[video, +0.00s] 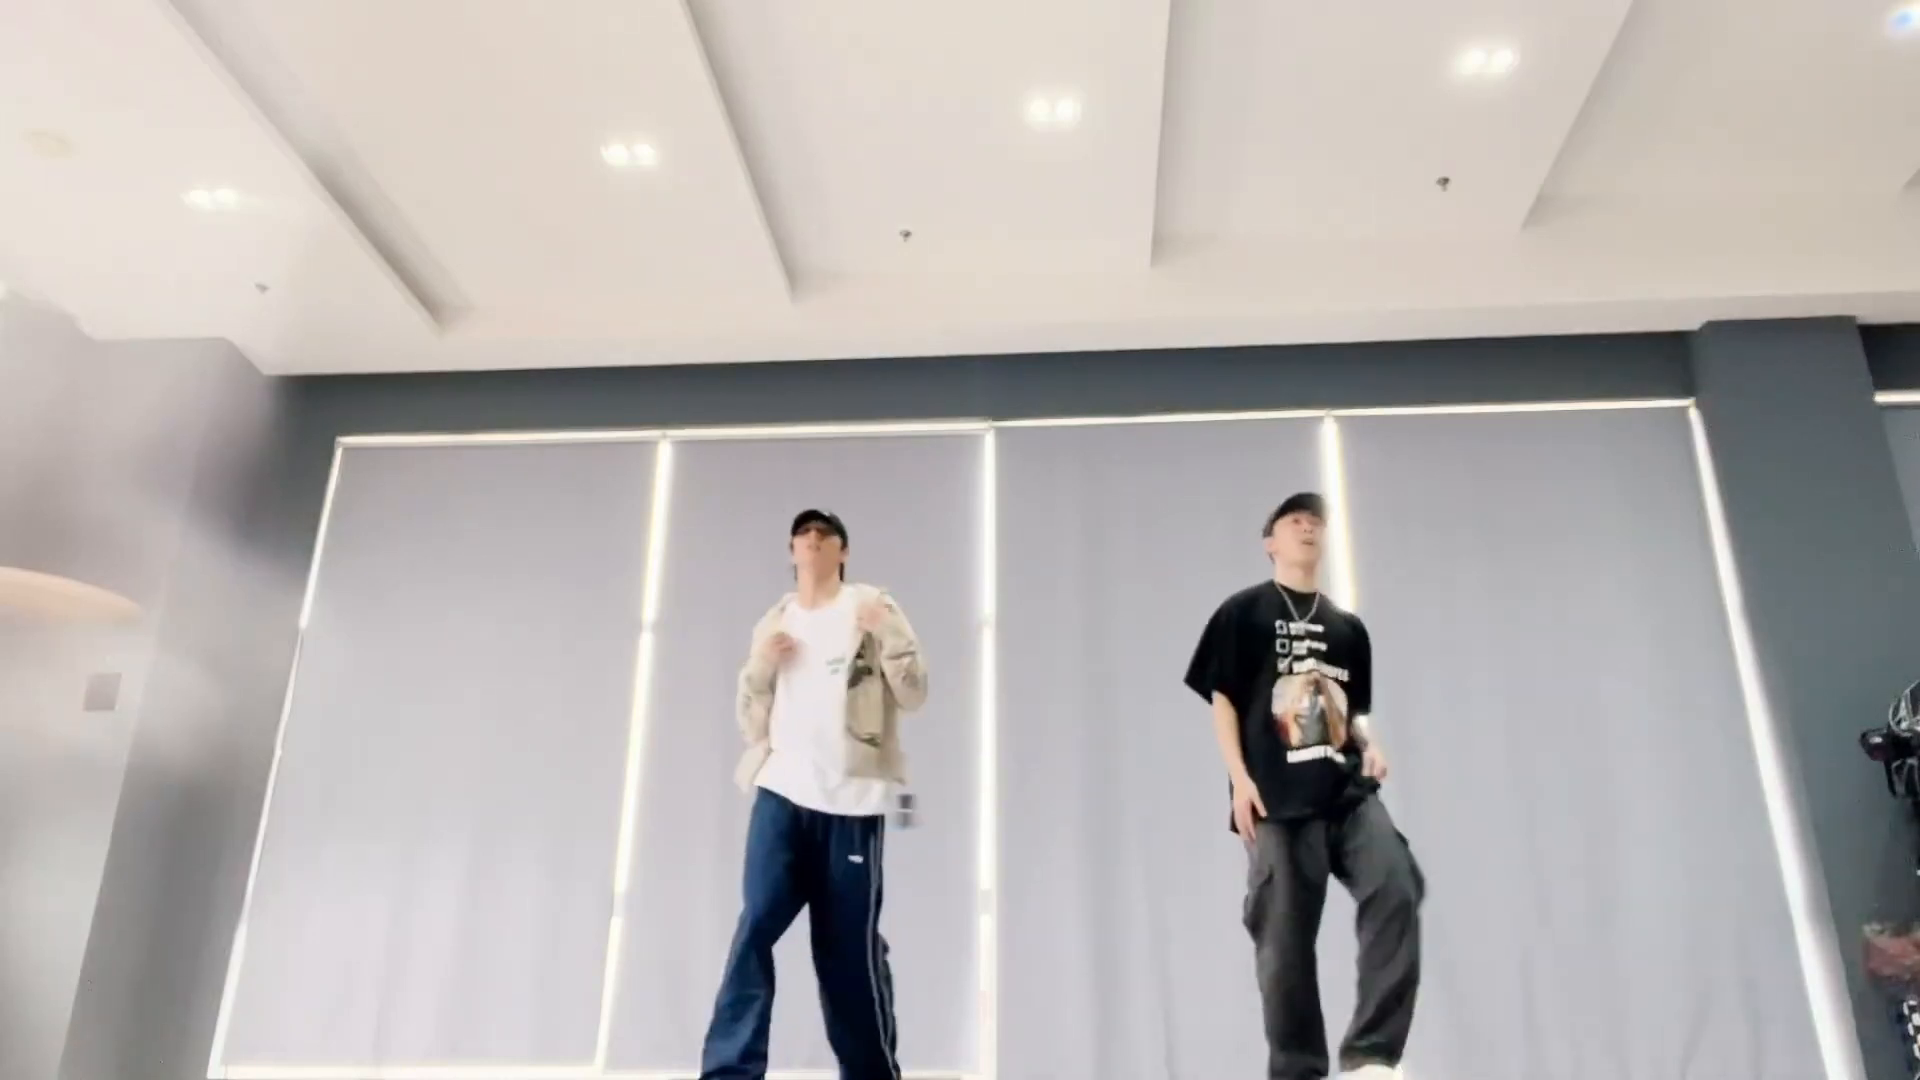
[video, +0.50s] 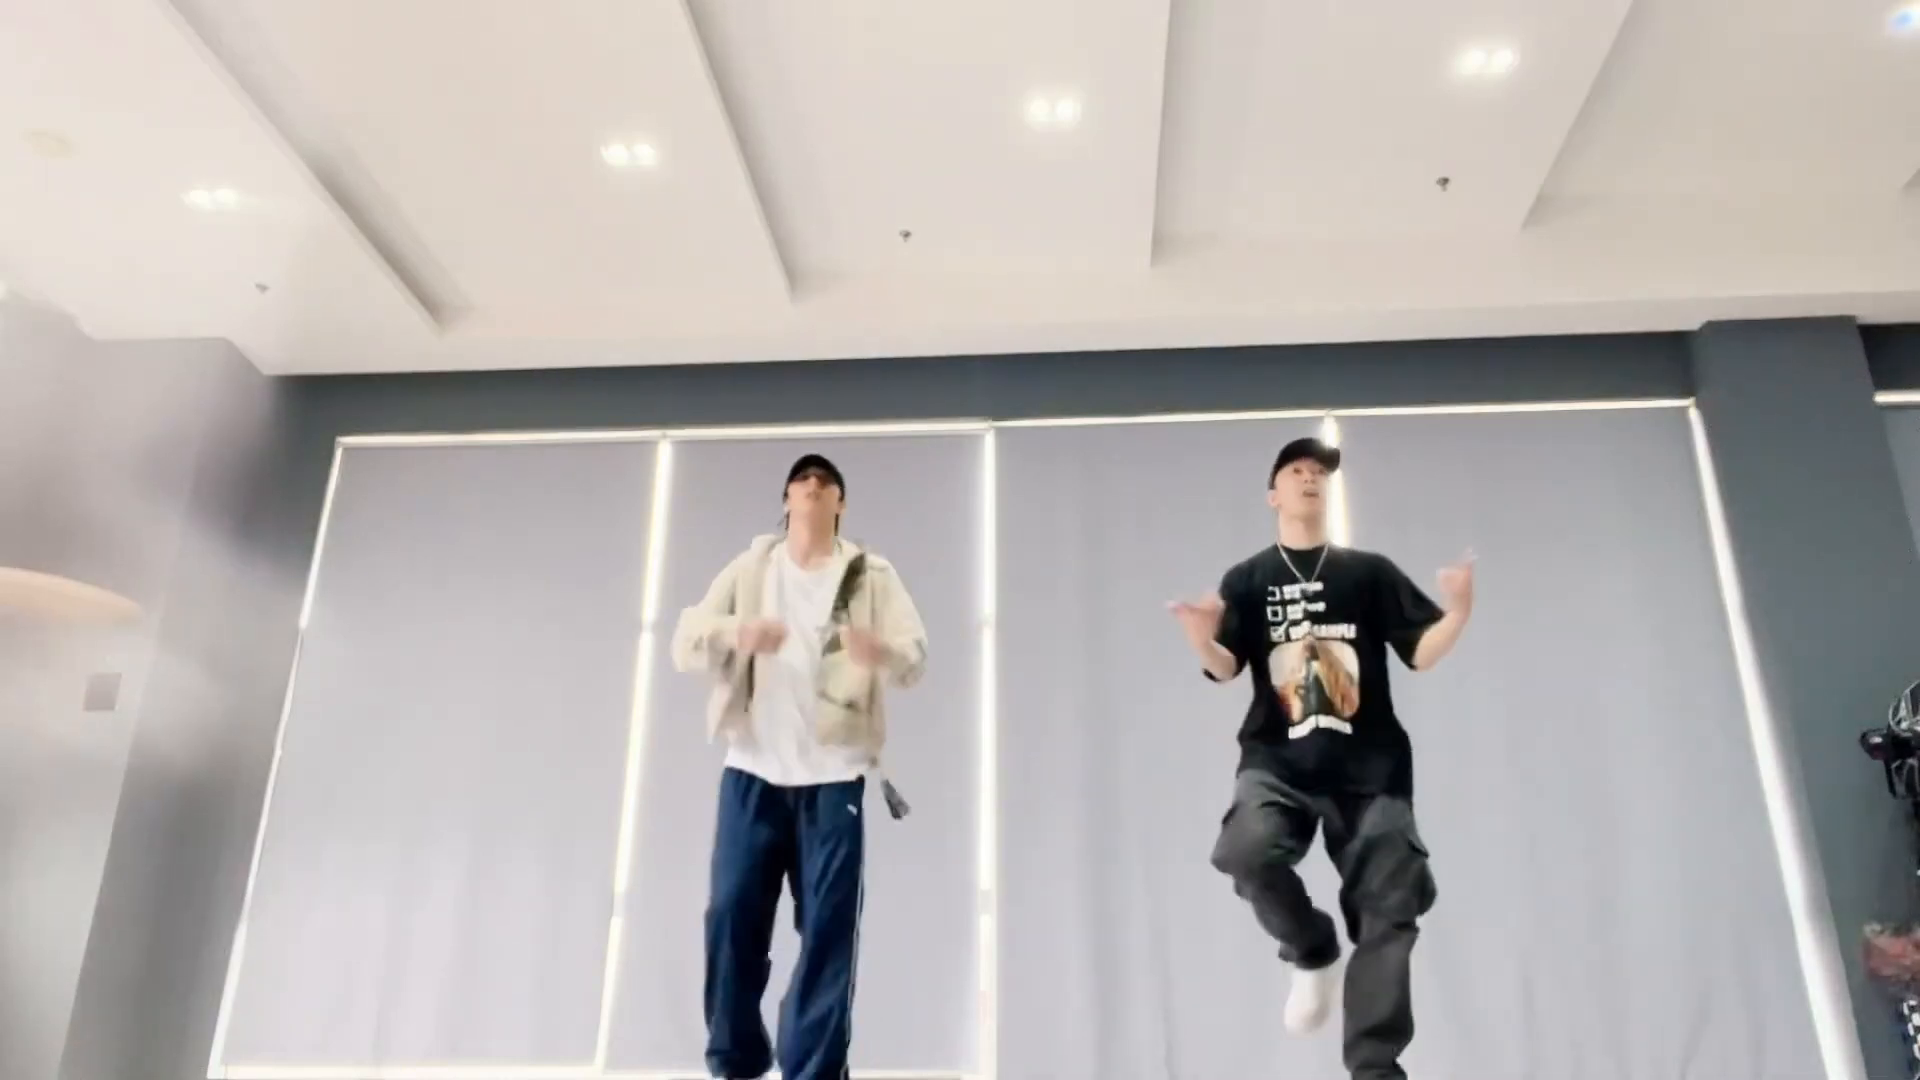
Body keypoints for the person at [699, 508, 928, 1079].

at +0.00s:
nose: (812, 541)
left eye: (824, 533)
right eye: (803, 534)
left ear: (842, 551)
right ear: (791, 552)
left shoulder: (873, 606)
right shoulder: (774, 619)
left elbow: (912, 696)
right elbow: (753, 728)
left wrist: (886, 633)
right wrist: (759, 671)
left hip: (853, 800)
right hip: (781, 793)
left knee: (850, 948)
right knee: (755, 928)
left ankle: (872, 1074)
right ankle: (730, 1070)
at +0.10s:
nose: (798, 539)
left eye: (810, 533)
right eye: (788, 532)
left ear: (827, 551)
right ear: (774, 553)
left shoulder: (860, 612)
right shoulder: (759, 619)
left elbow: (911, 687)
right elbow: (722, 726)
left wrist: (878, 616)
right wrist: (739, 660)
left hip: (837, 801)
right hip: (765, 796)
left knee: (836, 943)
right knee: (746, 931)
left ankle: (864, 1063)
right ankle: (732, 1071)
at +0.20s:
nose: (793, 530)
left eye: (805, 523)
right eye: (782, 524)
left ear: (822, 543)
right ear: (768, 545)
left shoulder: (854, 610)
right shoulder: (747, 612)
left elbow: (912, 669)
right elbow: (688, 702)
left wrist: (865, 598)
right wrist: (731, 629)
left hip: (833, 795)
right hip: (758, 794)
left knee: (840, 927)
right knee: (742, 938)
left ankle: (837, 1059)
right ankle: (732, 1072)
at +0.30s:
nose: (802, 506)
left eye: (813, 499)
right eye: (790, 499)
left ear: (829, 520)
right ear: (774, 520)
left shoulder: (858, 584)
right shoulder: (747, 580)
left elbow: (905, 653)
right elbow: (689, 670)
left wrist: (854, 580)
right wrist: (736, 600)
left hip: (837, 779)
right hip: (759, 776)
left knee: (831, 928)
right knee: (747, 936)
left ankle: (823, 1070)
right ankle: (733, 1071)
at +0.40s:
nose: (809, 501)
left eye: (821, 494)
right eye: (799, 494)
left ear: (839, 516)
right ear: (783, 516)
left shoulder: (869, 587)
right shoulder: (751, 578)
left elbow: (905, 672)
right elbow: (680, 659)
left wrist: (869, 605)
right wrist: (738, 605)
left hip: (834, 765)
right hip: (756, 764)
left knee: (826, 918)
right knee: (751, 925)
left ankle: (814, 1070)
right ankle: (733, 1070)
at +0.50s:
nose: (812, 488)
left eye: (824, 483)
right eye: (801, 481)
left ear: (841, 506)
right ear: (785, 503)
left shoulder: (872, 574)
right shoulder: (751, 565)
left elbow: (915, 661)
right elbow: (686, 641)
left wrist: (879, 652)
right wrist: (734, 636)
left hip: (833, 776)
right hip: (751, 771)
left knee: (827, 927)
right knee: (731, 915)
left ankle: (816, 1069)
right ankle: (734, 1063)